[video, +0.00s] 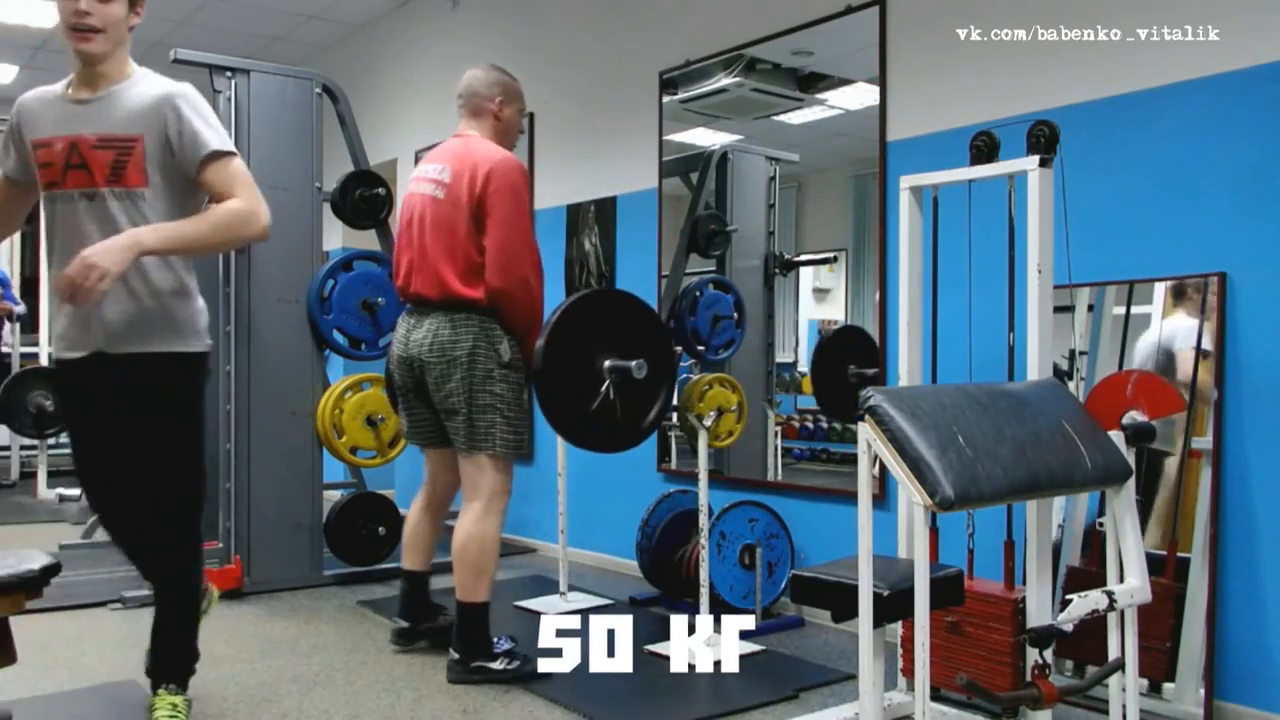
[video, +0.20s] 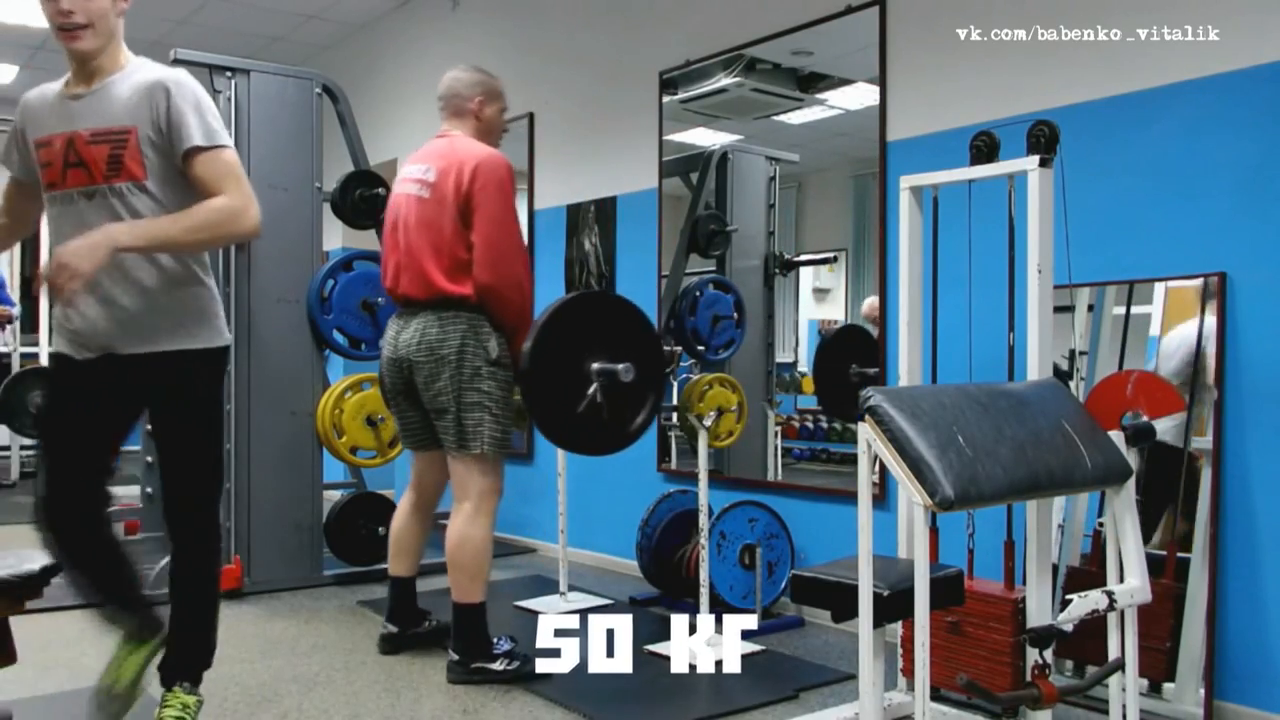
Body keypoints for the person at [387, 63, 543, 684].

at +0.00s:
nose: (521, 128)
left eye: (522, 119)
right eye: (520, 118)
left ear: (468, 107)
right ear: (499, 107)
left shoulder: (425, 163)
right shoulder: (501, 165)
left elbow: (403, 264)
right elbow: (511, 271)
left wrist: (435, 310)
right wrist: (527, 340)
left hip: (412, 332)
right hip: (472, 334)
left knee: (438, 480)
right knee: (485, 491)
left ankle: (414, 616)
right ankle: (473, 649)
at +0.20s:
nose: (502, 122)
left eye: (502, 112)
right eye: (500, 112)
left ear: (447, 107)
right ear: (481, 107)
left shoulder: (413, 163)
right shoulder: (486, 163)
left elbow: (392, 265)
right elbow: (499, 268)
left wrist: (428, 311)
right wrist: (517, 340)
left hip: (403, 331)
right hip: (460, 332)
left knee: (424, 479)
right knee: (476, 492)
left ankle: (402, 620)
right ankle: (473, 649)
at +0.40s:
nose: (476, 123)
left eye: (475, 113)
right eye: (470, 112)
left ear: (423, 113)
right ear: (445, 109)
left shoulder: (390, 168)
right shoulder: (462, 163)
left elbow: (376, 270)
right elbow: (477, 268)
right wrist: (504, 339)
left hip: (386, 331)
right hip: (444, 330)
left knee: (409, 484)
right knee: (483, 487)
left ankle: (400, 622)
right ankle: (475, 648)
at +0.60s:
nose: (456, 123)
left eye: (454, 113)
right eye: (452, 112)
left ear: (402, 113)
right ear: (429, 109)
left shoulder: (372, 170)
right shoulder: (442, 162)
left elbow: (363, 268)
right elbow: (460, 266)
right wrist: (488, 328)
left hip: (376, 335)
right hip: (434, 331)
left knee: (406, 482)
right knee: (470, 486)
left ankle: (399, 623)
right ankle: (470, 648)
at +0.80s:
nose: (451, 123)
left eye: (450, 112)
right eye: (447, 112)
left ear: (397, 112)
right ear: (424, 109)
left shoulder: (367, 172)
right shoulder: (437, 166)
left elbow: (360, 272)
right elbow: (463, 270)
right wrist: (494, 336)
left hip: (379, 339)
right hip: (437, 335)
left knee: (414, 482)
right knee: (467, 491)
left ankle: (400, 622)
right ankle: (470, 650)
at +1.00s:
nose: (453, 122)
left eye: (451, 112)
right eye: (450, 111)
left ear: (399, 112)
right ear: (427, 108)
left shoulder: (368, 171)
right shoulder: (438, 164)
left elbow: (360, 271)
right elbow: (464, 270)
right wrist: (498, 341)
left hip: (378, 338)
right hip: (436, 333)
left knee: (412, 482)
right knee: (472, 488)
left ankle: (400, 621)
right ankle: (470, 650)